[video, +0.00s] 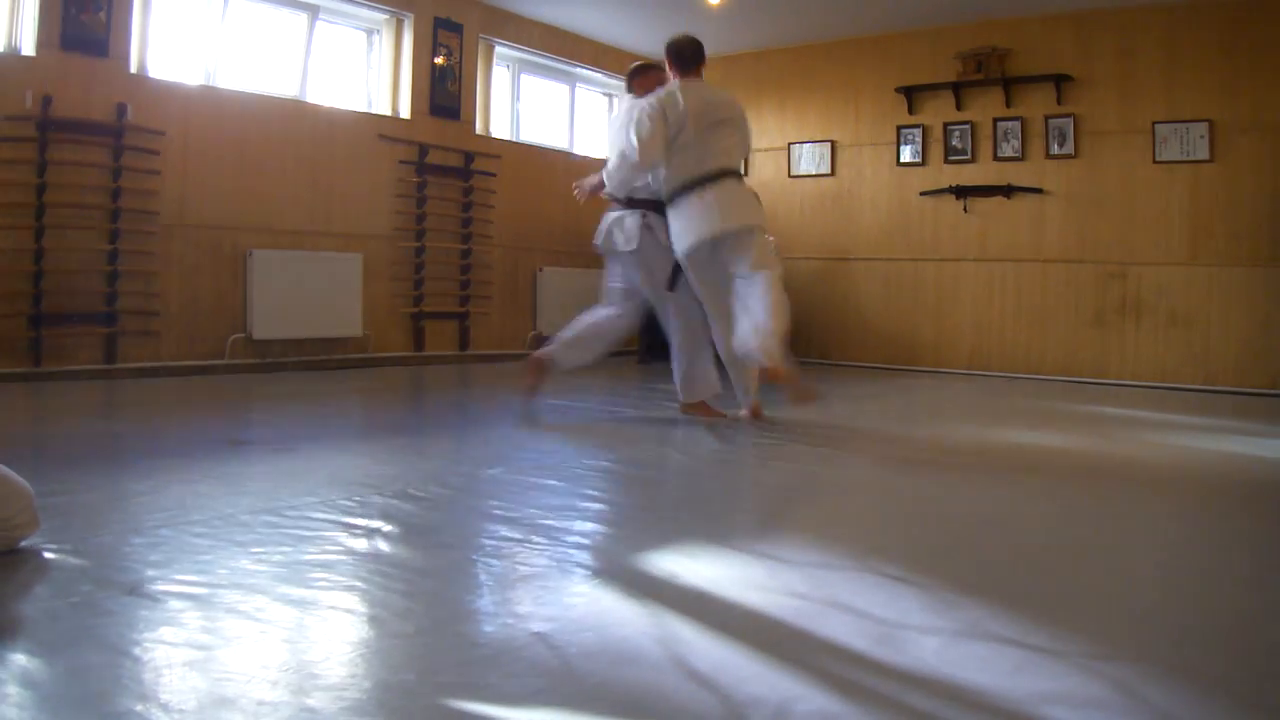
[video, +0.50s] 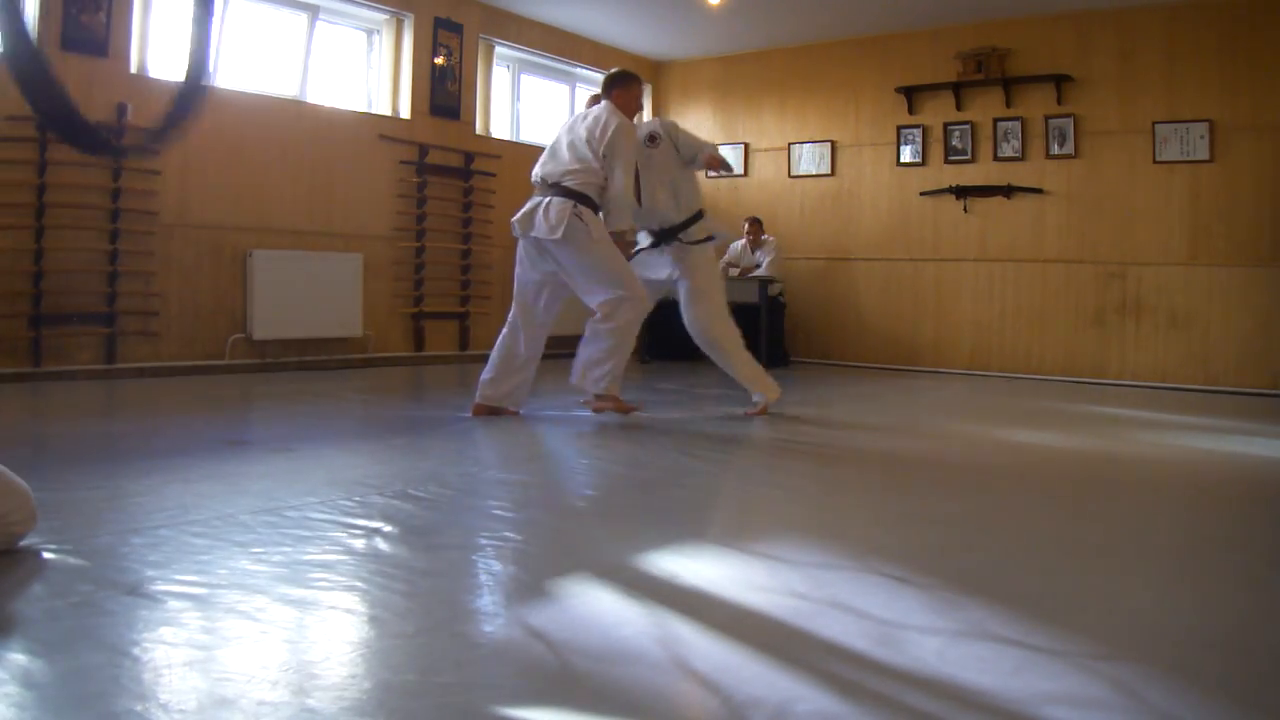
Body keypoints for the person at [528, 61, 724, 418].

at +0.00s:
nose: (666, 87)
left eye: (664, 81)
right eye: (661, 82)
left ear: (632, 86)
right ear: (645, 85)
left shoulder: (621, 116)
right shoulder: (650, 111)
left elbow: (625, 167)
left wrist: (596, 181)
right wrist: (598, 180)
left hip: (618, 223)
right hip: (646, 224)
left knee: (621, 309)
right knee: (683, 308)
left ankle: (549, 356)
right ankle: (694, 397)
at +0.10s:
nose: (649, 100)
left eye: (648, 93)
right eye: (646, 93)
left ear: (614, 95)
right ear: (633, 93)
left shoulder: (594, 125)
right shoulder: (643, 123)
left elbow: (570, 184)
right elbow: (656, 174)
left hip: (571, 231)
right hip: (611, 233)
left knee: (540, 313)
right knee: (651, 311)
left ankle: (490, 386)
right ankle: (680, 396)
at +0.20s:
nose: (640, 109)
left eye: (639, 102)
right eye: (636, 102)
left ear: (605, 102)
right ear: (621, 101)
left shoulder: (578, 127)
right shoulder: (630, 133)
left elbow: (546, 179)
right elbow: (630, 190)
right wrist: (623, 223)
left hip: (544, 227)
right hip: (583, 231)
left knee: (529, 321)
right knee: (627, 314)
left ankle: (487, 393)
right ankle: (662, 398)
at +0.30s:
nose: (635, 112)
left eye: (635, 105)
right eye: (631, 104)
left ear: (602, 101)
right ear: (616, 101)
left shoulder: (569, 125)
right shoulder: (620, 129)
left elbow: (541, 172)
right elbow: (624, 183)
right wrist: (612, 224)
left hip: (534, 221)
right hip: (570, 221)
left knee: (524, 317)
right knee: (625, 302)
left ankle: (489, 399)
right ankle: (626, 392)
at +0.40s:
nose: (639, 114)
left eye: (640, 105)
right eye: (635, 104)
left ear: (603, 100)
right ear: (615, 99)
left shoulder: (570, 122)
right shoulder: (619, 126)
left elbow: (540, 172)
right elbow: (616, 191)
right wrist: (614, 235)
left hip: (531, 216)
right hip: (568, 217)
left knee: (525, 313)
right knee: (626, 297)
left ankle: (491, 398)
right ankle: (596, 383)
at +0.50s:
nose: (640, 106)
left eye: (640, 98)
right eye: (637, 97)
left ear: (606, 94)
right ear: (622, 93)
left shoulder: (576, 121)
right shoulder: (619, 124)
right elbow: (619, 186)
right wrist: (623, 235)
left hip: (535, 215)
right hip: (568, 216)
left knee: (528, 313)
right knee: (626, 298)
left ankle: (490, 398)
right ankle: (602, 390)